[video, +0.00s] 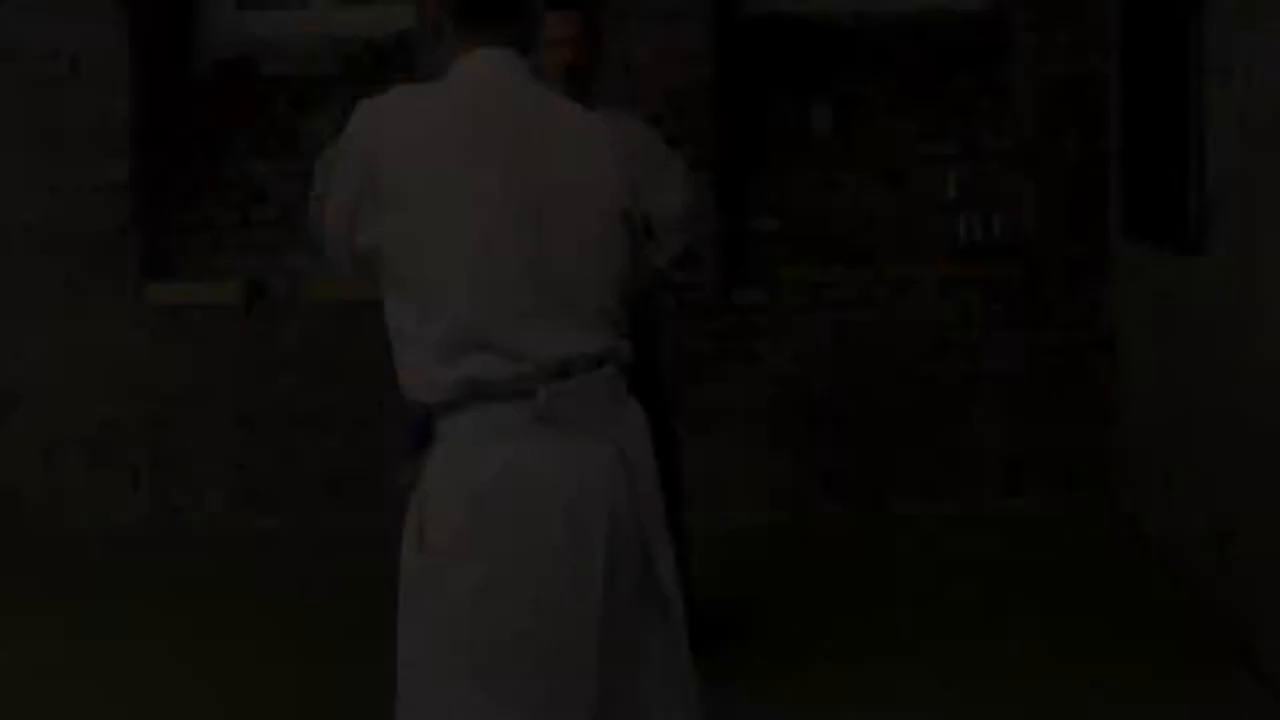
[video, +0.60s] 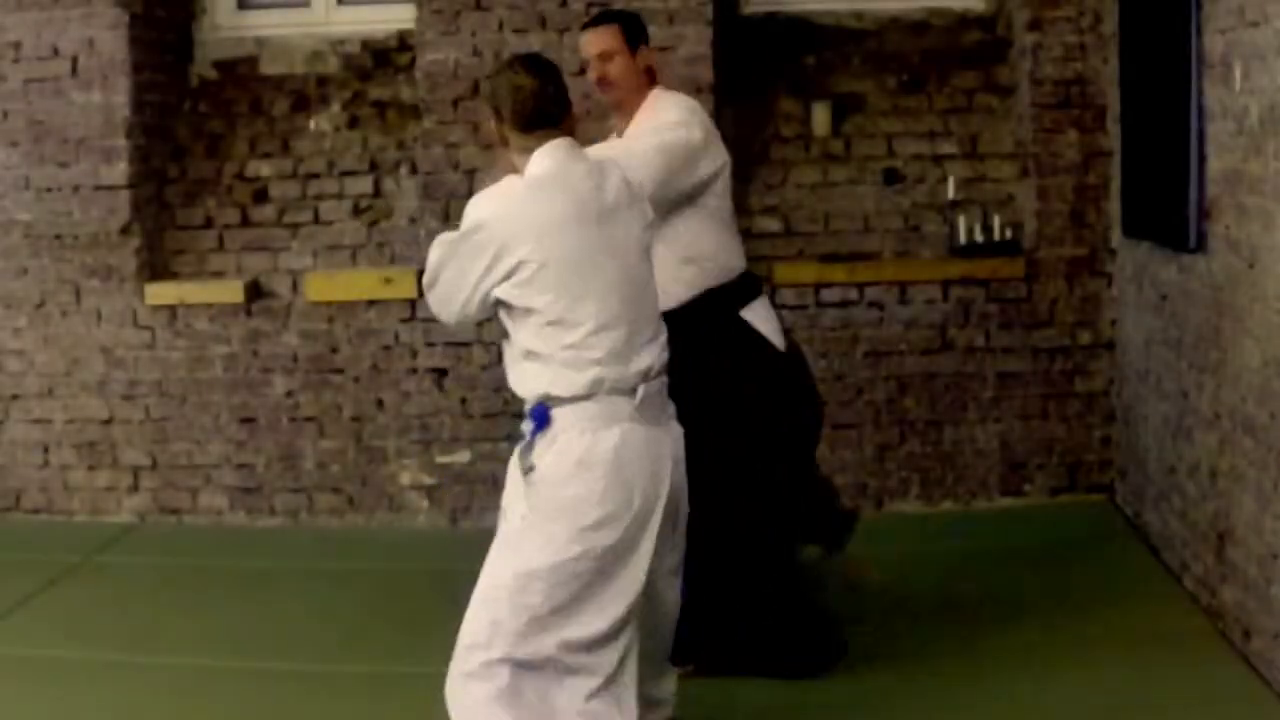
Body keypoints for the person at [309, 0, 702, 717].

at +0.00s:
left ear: (434, 23)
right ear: (534, 25)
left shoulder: (386, 129)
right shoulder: (601, 139)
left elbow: (333, 238)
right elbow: (684, 231)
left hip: (469, 464)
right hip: (600, 458)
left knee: (464, 686)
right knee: (614, 678)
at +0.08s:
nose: (570, 54)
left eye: (420, 32)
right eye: (558, 38)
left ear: (430, 42)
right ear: (525, 37)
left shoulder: (388, 147)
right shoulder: (590, 151)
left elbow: (336, 252)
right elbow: (630, 284)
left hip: (477, 478)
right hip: (606, 467)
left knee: (466, 693)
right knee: (614, 688)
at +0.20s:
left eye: (423, 57)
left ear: (437, 73)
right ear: (532, 71)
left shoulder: (398, 188)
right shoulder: (594, 184)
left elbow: (349, 288)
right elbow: (639, 340)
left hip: (482, 503)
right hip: (607, 494)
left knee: (448, 702)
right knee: (598, 701)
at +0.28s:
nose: (440, 94)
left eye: (444, 83)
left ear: (453, 98)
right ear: (538, 96)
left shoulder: (412, 206)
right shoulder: (595, 210)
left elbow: (361, 294)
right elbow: (650, 361)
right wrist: (578, 409)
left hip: (497, 509)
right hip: (614, 497)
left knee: (444, 704)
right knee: (590, 697)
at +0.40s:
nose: (469, 100)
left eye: (474, 91)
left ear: (476, 102)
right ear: (557, 99)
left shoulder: (445, 201)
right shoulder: (614, 207)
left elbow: (390, 290)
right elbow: (656, 340)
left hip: (520, 475)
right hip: (621, 465)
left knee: (481, 682)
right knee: (605, 675)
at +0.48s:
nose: (483, 121)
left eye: (485, 110)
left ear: (490, 119)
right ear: (568, 108)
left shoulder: (482, 210)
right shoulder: (624, 203)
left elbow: (412, 285)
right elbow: (707, 277)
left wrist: (446, 217)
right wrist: (615, 284)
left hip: (542, 466)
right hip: (632, 452)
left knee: (497, 671)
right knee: (604, 661)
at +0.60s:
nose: (482, 128)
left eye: (483, 117)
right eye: (486, 116)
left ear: (494, 126)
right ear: (569, 114)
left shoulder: (504, 210)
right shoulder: (618, 182)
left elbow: (449, 299)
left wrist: (459, 234)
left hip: (579, 453)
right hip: (658, 441)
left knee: (486, 670)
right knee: (611, 663)